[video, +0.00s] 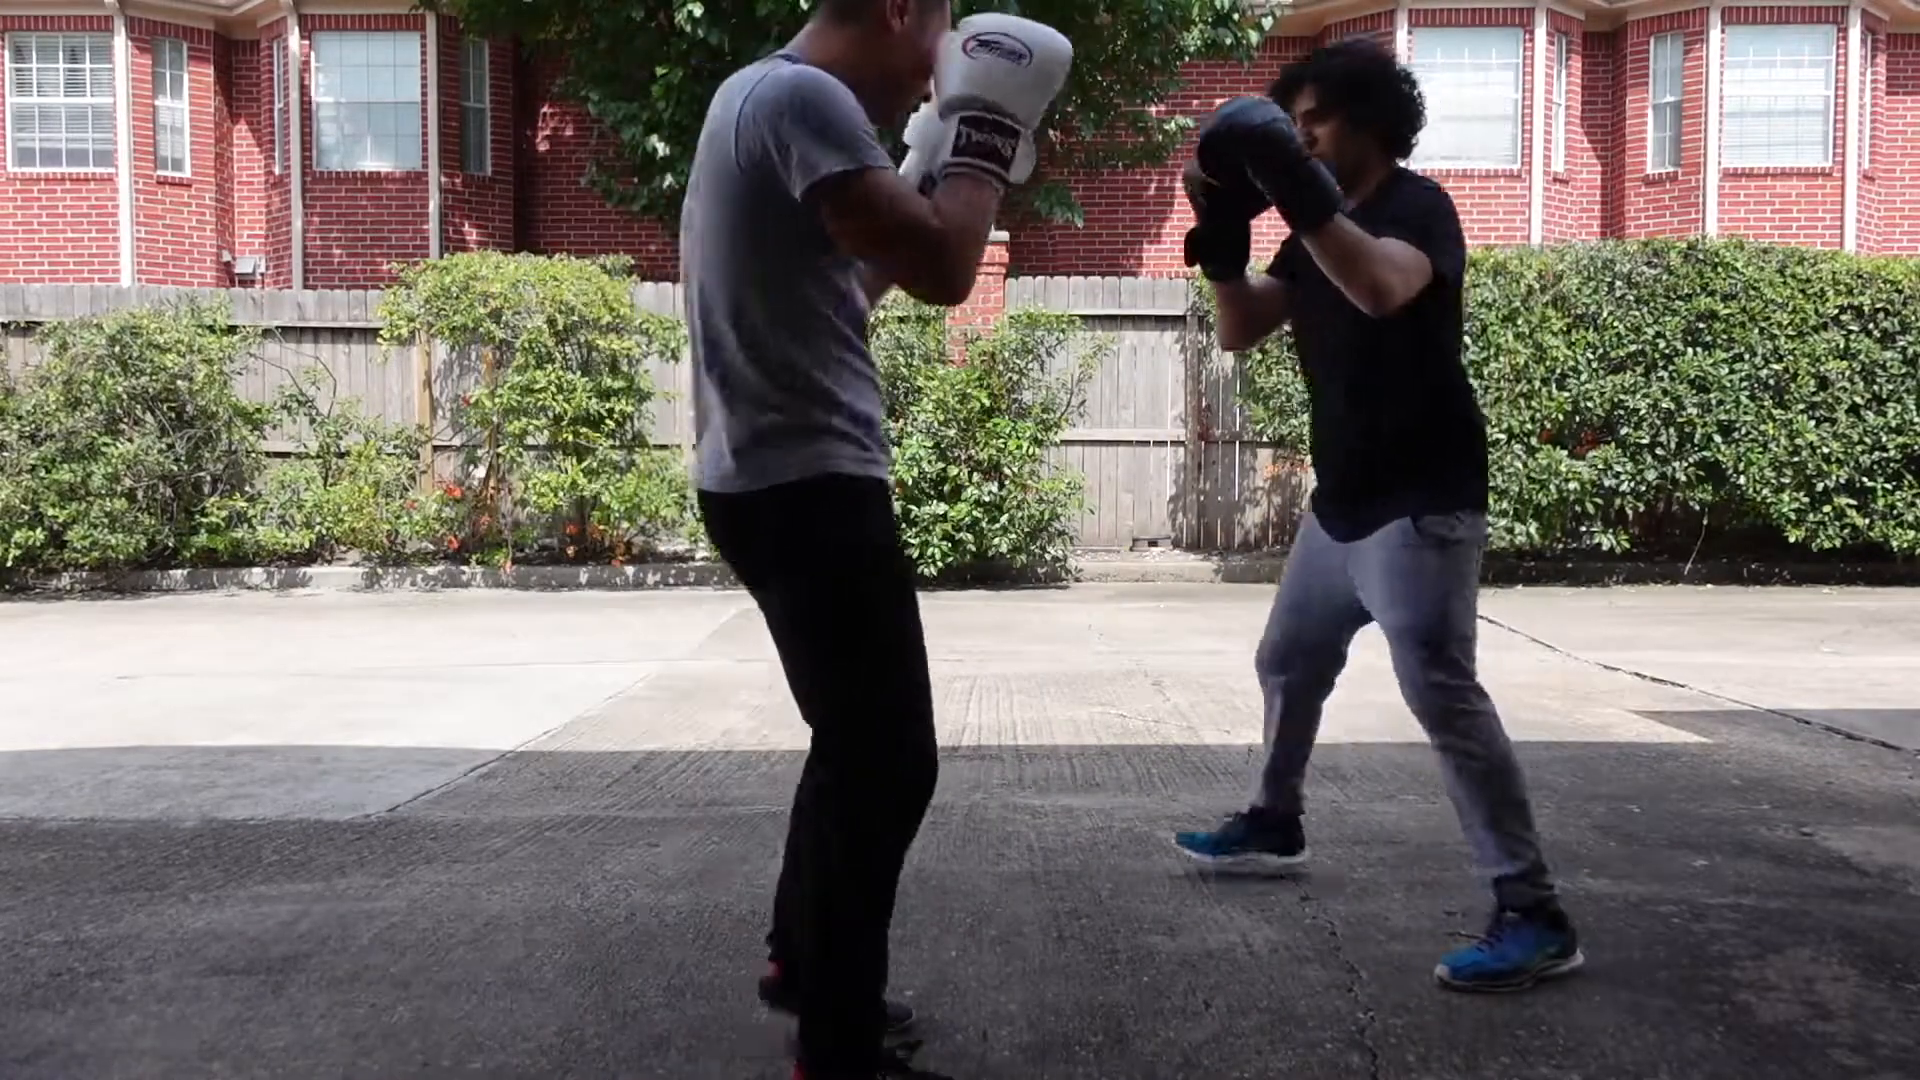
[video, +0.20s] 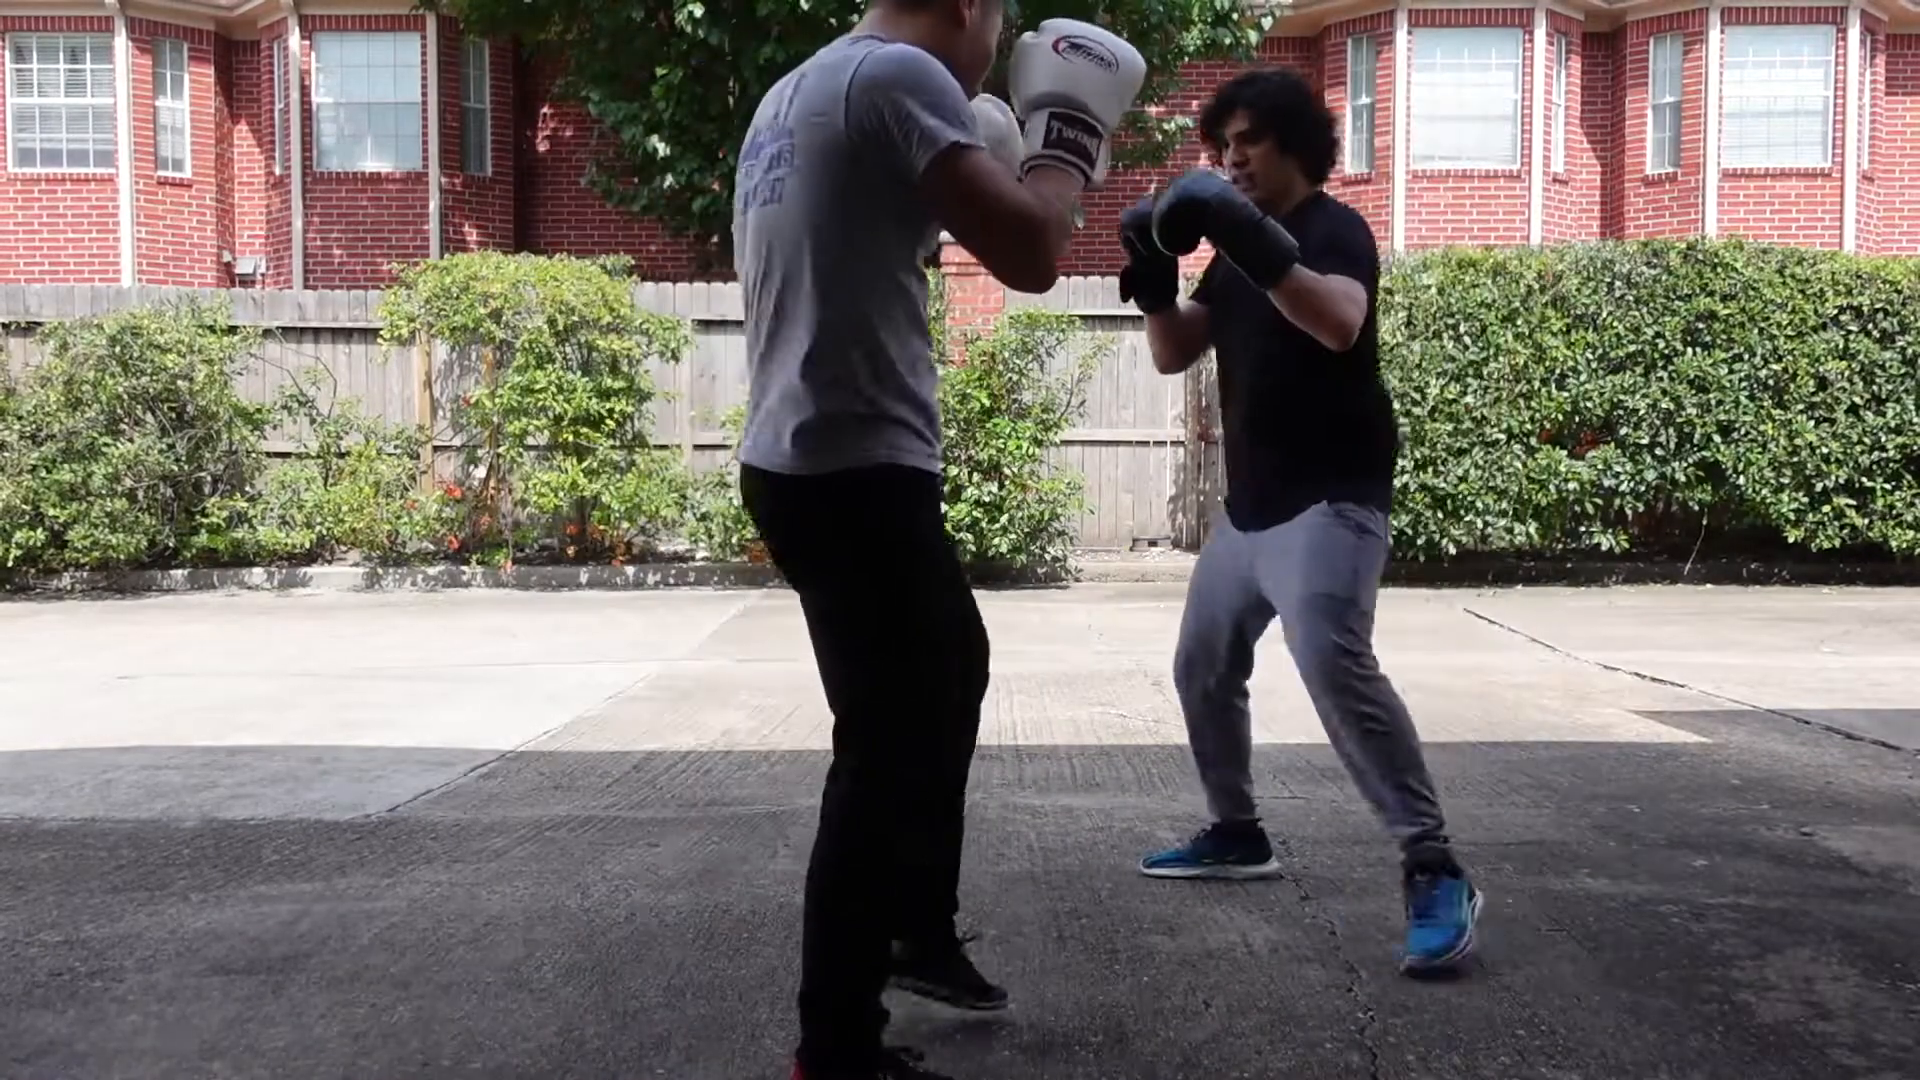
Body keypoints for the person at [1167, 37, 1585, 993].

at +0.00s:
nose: (1298, 142)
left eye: (1314, 123)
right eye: (1294, 127)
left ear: (1372, 124)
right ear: (1304, 137)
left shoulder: (1421, 207)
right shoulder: (1316, 229)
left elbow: (1383, 285)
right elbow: (1240, 328)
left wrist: (1296, 186)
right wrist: (1221, 237)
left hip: (1426, 498)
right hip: (1342, 499)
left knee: (1440, 690)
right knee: (1287, 664)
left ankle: (1532, 912)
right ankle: (1274, 820)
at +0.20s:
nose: (1235, 164)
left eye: (1249, 144)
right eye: (1226, 150)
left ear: (1302, 145)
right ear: (1222, 162)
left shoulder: (1337, 231)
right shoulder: (1235, 249)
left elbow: (1342, 324)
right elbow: (1175, 348)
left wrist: (1245, 235)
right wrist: (1151, 274)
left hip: (1332, 504)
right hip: (1249, 508)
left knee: (1329, 662)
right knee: (1202, 670)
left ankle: (1432, 870)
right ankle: (1235, 832)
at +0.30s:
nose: (1200, 149)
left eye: (1215, 131)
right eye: (1194, 135)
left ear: (1263, 133)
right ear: (1195, 146)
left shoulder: (1309, 204)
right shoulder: (1208, 239)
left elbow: (1315, 282)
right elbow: (1151, 336)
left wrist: (1222, 195)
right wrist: (1131, 253)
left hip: (1315, 480)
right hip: (1231, 491)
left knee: (1294, 648)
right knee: (1195, 646)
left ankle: (1330, 856)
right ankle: (1230, 816)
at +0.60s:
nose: (1162, 150)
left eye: (1177, 134)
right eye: (1158, 135)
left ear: (1213, 143)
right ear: (1156, 150)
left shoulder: (1256, 206)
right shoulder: (1150, 226)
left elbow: (1263, 274)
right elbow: (1134, 355)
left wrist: (1186, 188)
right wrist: (1074, 288)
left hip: (1272, 480)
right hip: (1189, 490)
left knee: (1266, 651)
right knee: (1175, 655)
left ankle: (1332, 854)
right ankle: (1228, 825)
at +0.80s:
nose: (1063, 180)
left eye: (1073, 161)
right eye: (1060, 169)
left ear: (1118, 143)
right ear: (1103, 151)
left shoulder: (1180, 197)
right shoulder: (1120, 231)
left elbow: (1165, 314)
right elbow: (1163, 346)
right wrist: (1105, 383)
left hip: (1231, 491)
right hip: (1151, 500)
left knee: (1255, 658)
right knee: (1111, 663)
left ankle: (1347, 849)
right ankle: (1138, 827)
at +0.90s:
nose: (1081, 238)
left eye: (1094, 219)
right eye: (1079, 224)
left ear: (1143, 192)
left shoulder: (1182, 257)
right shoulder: (1116, 271)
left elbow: (1170, 334)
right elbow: (1120, 367)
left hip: (1206, 451)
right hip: (1128, 464)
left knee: (1151, 557)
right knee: (1088, 640)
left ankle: (1255, 779)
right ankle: (1134, 826)